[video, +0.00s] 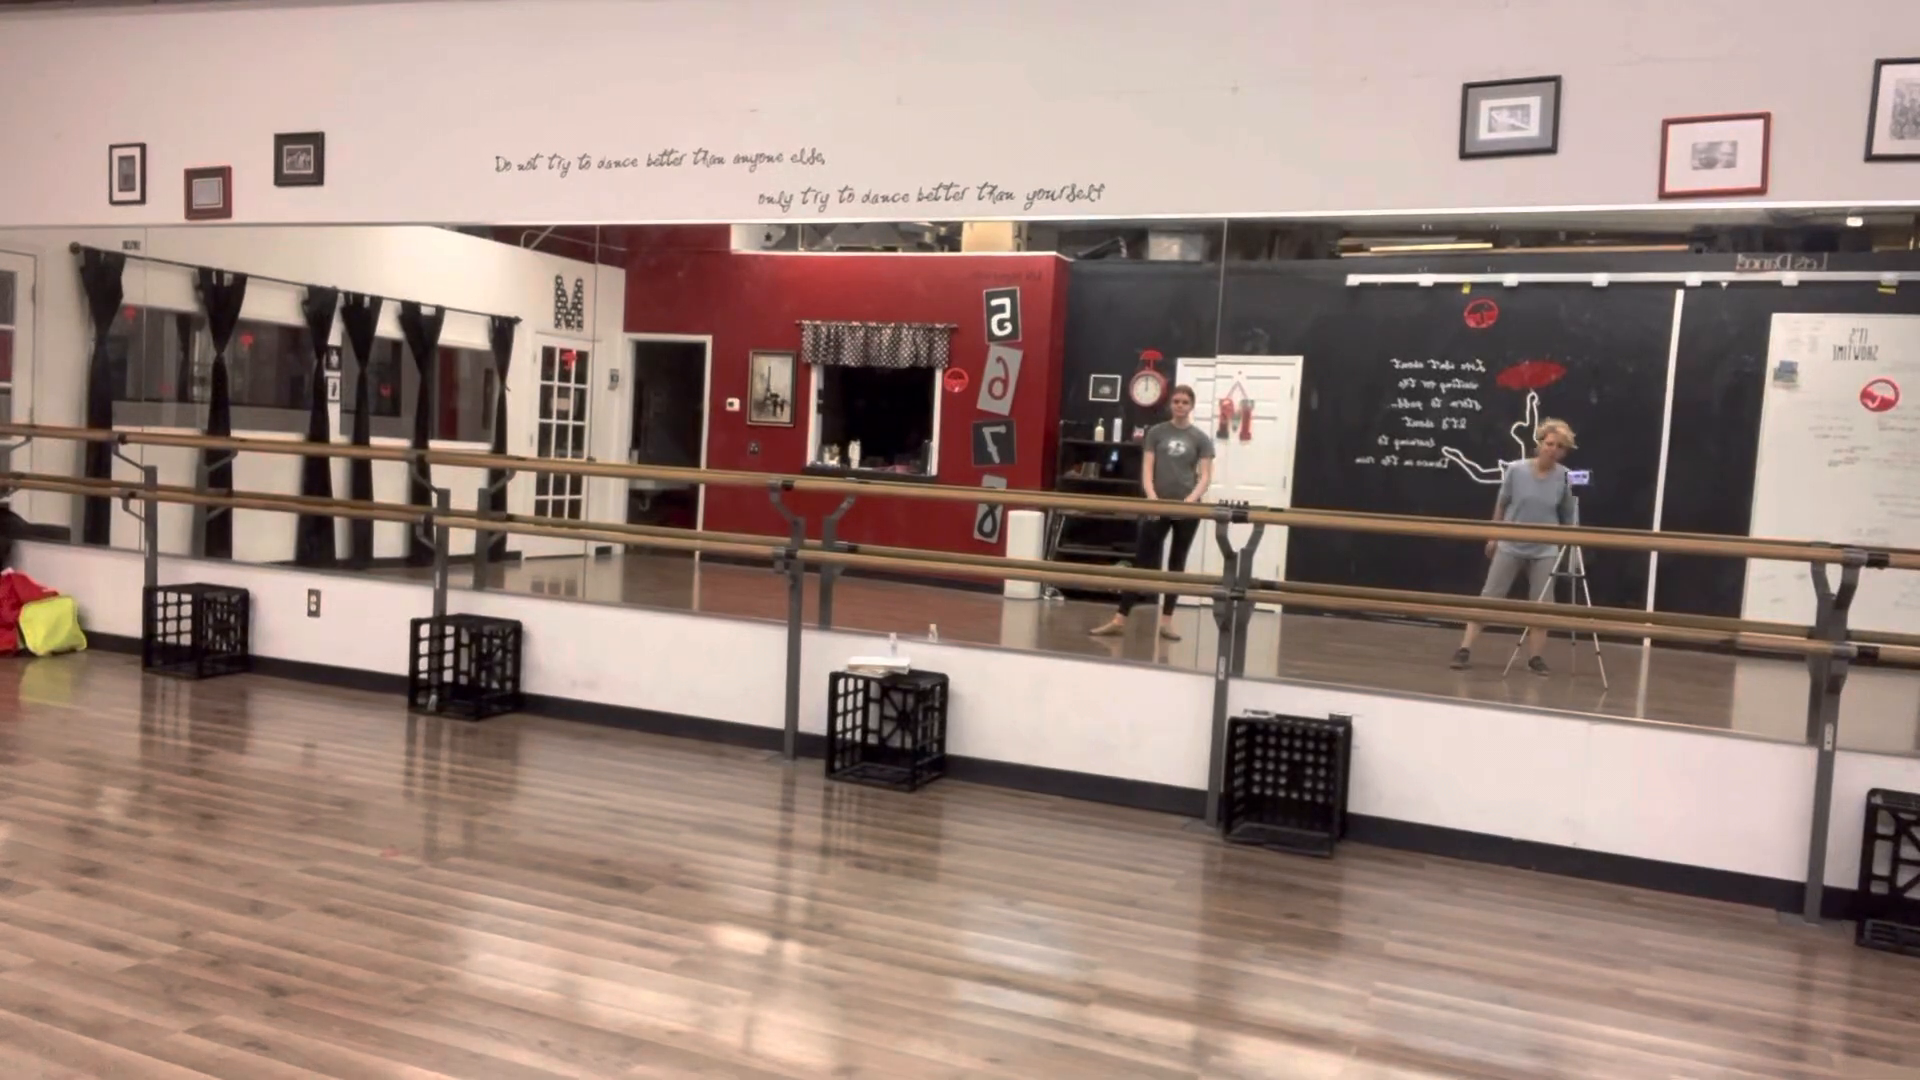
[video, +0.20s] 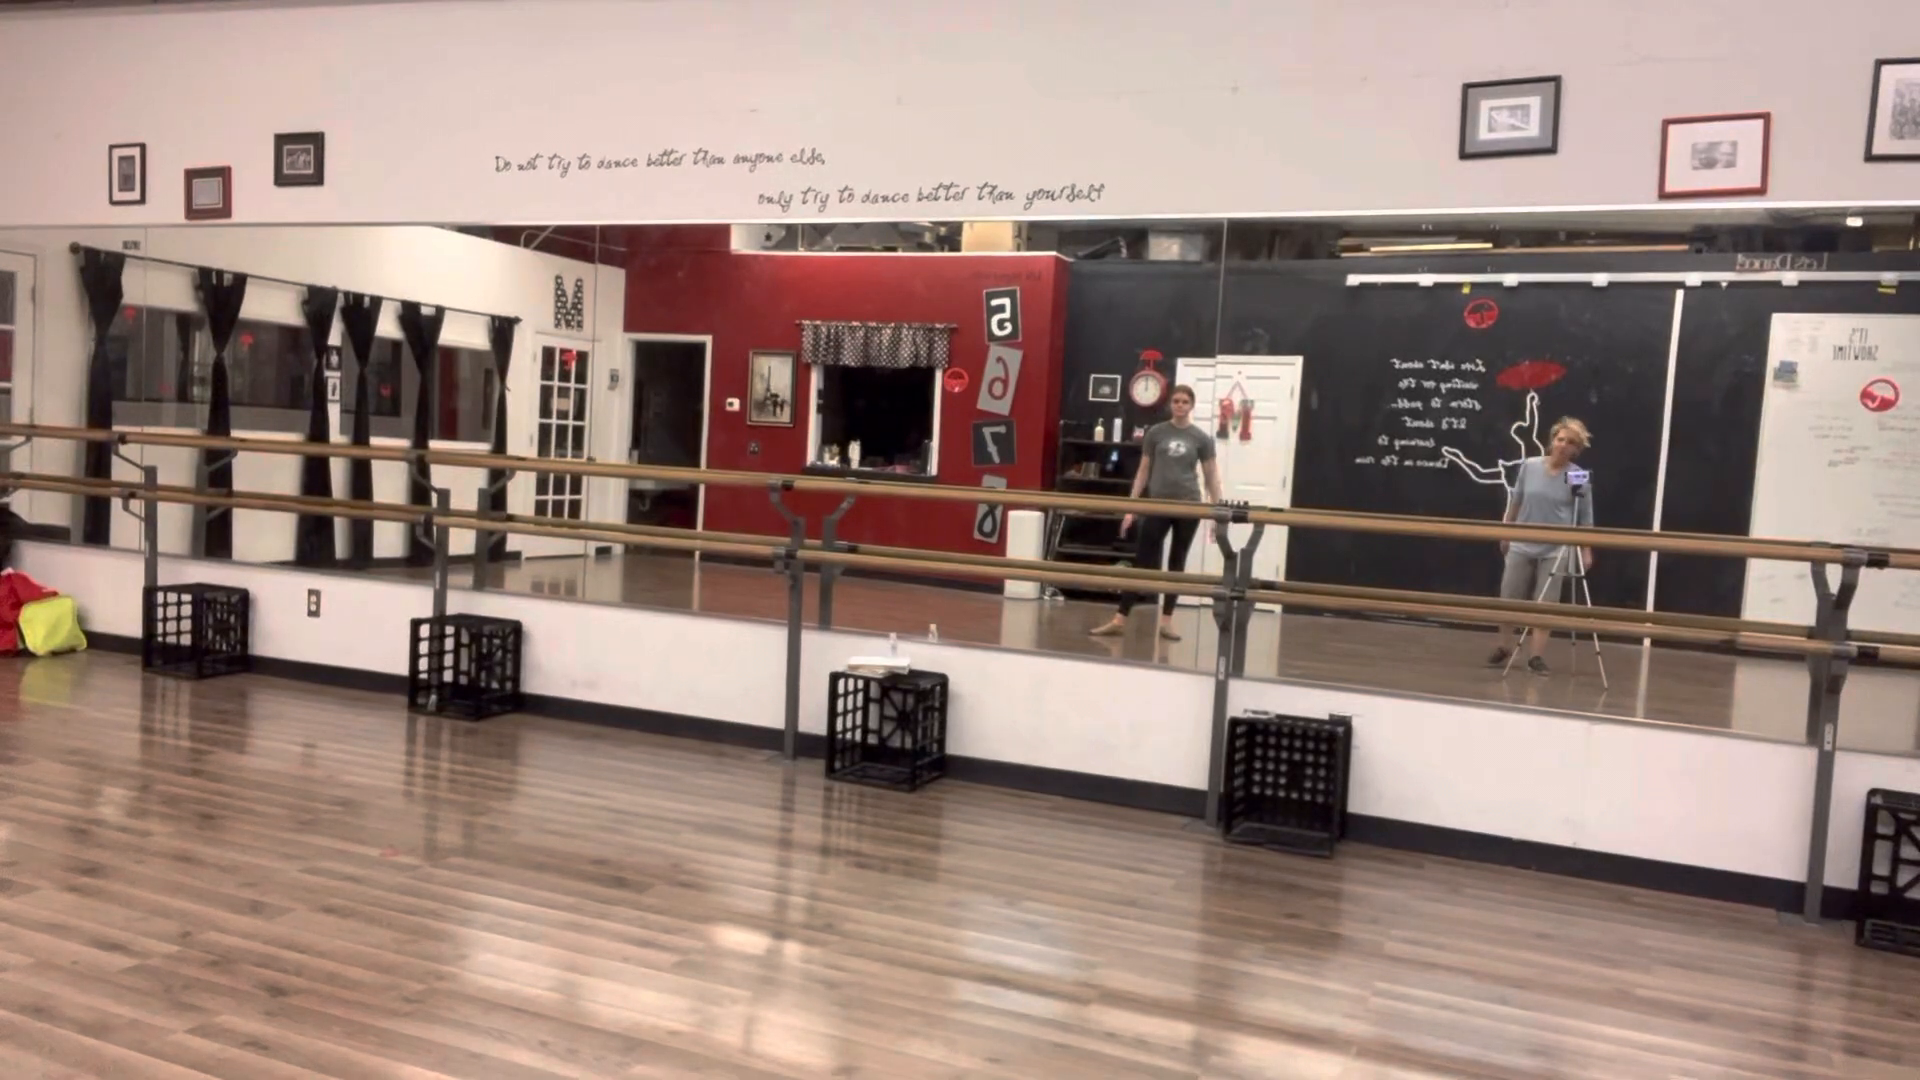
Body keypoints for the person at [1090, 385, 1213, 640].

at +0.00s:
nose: (1180, 406)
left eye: (1184, 403)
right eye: (1176, 402)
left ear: (1192, 406)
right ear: (1170, 404)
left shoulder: (1202, 439)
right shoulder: (1154, 433)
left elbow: (1205, 477)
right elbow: (1147, 472)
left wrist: (1191, 499)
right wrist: (1153, 499)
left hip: (1186, 508)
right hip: (1158, 504)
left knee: (1176, 563)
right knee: (1142, 558)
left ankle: (1166, 619)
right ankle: (1120, 617)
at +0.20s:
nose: (1179, 406)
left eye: (1184, 402)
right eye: (1176, 401)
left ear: (1192, 406)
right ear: (1170, 404)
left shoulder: (1202, 439)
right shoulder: (1154, 433)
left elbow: (1212, 480)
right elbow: (1143, 472)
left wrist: (1217, 516)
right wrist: (1131, 508)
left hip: (1188, 510)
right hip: (1156, 507)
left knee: (1176, 564)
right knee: (1142, 559)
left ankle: (1166, 619)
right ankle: (1120, 617)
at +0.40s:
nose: (1180, 406)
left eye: (1185, 402)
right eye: (1176, 401)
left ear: (1192, 406)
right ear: (1170, 404)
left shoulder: (1202, 437)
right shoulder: (1155, 432)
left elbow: (1216, 471)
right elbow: (1140, 468)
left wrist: (1229, 502)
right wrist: (1120, 502)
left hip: (1188, 508)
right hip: (1157, 506)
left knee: (1176, 563)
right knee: (1142, 559)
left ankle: (1166, 620)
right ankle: (1120, 618)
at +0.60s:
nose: (1179, 406)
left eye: (1184, 402)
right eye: (1176, 402)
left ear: (1192, 406)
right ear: (1170, 404)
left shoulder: (1203, 437)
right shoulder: (1155, 433)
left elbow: (1216, 472)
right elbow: (1140, 469)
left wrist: (1228, 503)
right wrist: (1120, 504)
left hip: (1188, 509)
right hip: (1157, 506)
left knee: (1176, 563)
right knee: (1142, 559)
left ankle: (1166, 619)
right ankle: (1120, 618)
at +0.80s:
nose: (1180, 406)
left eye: (1185, 402)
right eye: (1177, 401)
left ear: (1192, 406)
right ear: (1170, 404)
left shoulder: (1202, 439)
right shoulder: (1155, 433)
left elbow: (1208, 480)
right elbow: (1144, 470)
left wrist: (1209, 515)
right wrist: (1136, 507)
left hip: (1187, 511)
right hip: (1155, 507)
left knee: (1176, 564)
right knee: (1141, 560)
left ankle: (1166, 619)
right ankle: (1120, 617)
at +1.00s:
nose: (1180, 405)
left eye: (1185, 401)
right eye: (1177, 401)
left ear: (1193, 406)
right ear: (1171, 403)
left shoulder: (1201, 438)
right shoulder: (1155, 432)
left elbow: (1201, 476)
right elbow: (1150, 468)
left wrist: (1179, 494)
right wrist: (1160, 493)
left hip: (1187, 504)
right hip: (1159, 501)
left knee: (1176, 560)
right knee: (1143, 555)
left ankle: (1166, 619)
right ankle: (1120, 617)